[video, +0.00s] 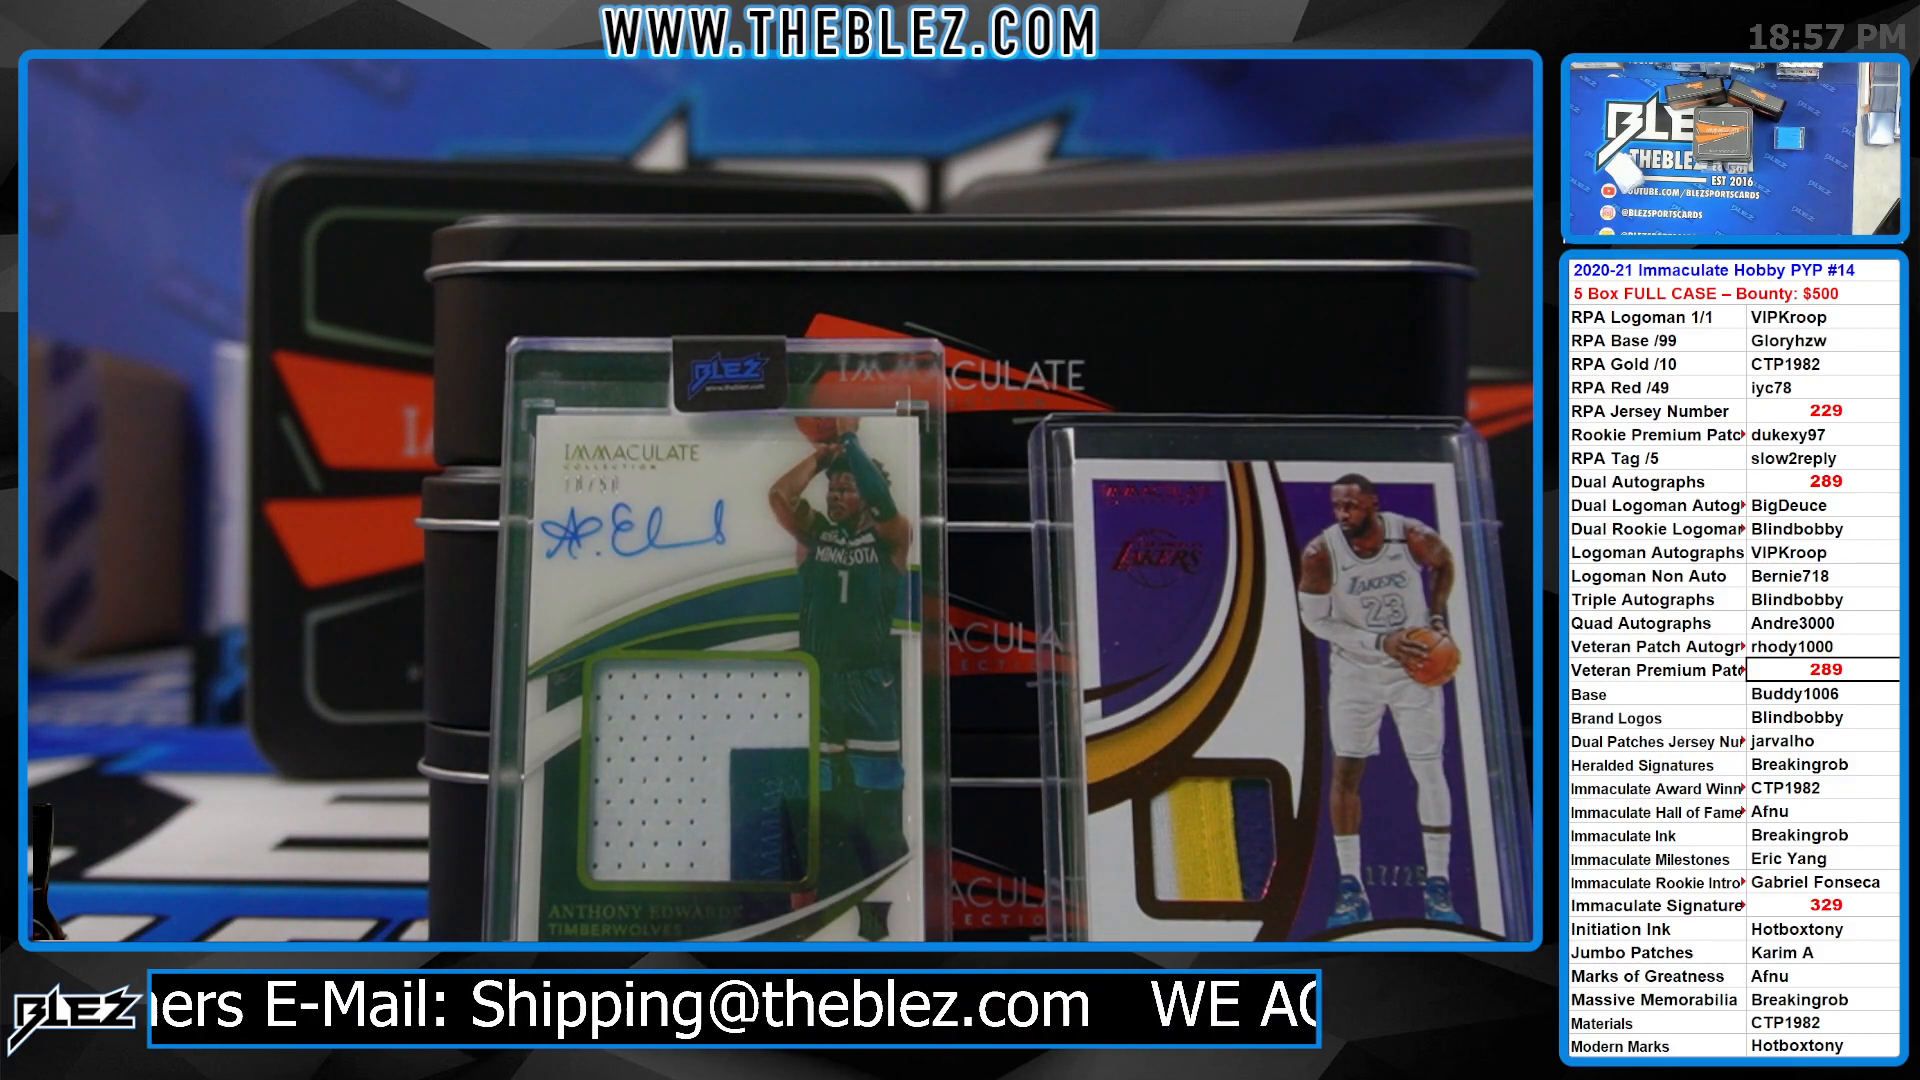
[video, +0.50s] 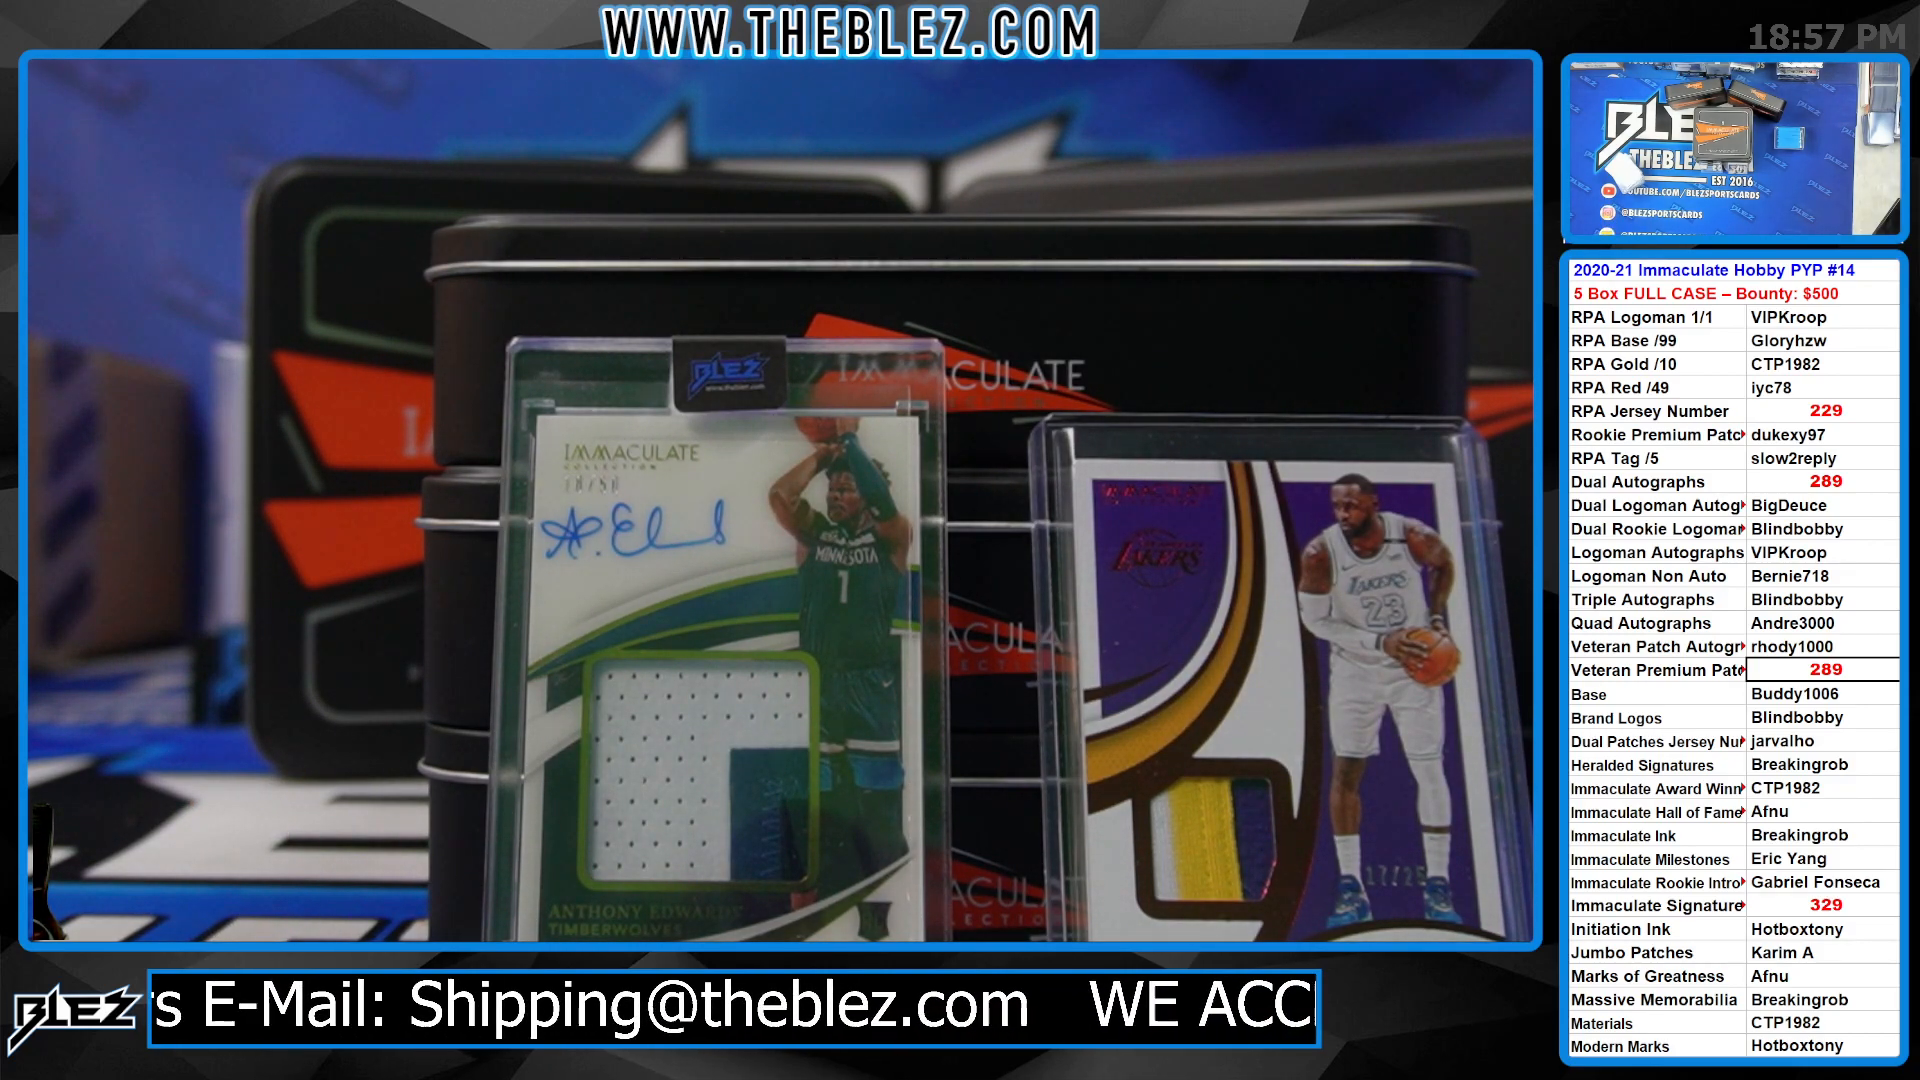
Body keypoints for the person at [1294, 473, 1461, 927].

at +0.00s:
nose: (1343, 514)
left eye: (1351, 505)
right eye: (1337, 506)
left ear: (1373, 505)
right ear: (1332, 509)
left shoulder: (1413, 536)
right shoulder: (1319, 555)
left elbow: (1444, 565)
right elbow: (1315, 621)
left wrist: (1436, 617)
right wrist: (1379, 642)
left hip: (1414, 673)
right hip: (1354, 674)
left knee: (1430, 771)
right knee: (1347, 773)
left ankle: (1438, 885)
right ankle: (1350, 889)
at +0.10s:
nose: (1343, 514)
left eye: (1351, 505)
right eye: (1337, 506)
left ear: (1373, 505)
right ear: (1332, 509)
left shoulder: (1413, 536)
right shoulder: (1319, 555)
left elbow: (1444, 565)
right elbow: (1315, 621)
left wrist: (1436, 618)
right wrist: (1379, 642)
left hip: (1414, 673)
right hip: (1354, 675)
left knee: (1430, 771)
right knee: (1347, 773)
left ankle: (1438, 885)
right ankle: (1350, 888)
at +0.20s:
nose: (1343, 514)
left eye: (1351, 505)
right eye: (1337, 506)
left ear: (1373, 505)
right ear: (1332, 509)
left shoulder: (1413, 536)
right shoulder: (1319, 555)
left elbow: (1444, 565)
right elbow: (1315, 621)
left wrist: (1436, 617)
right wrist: (1379, 642)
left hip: (1414, 673)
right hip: (1354, 674)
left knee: (1430, 771)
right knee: (1347, 773)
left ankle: (1438, 885)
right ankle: (1350, 888)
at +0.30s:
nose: (1343, 514)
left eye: (1351, 505)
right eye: (1337, 506)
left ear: (1373, 505)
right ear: (1332, 509)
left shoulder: (1413, 536)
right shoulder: (1319, 555)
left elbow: (1444, 565)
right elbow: (1315, 621)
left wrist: (1436, 617)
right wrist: (1379, 642)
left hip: (1414, 673)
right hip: (1354, 674)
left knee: (1430, 771)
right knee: (1347, 773)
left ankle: (1438, 885)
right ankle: (1351, 888)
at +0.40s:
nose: (1343, 514)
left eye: (1351, 505)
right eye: (1337, 506)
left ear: (1373, 505)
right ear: (1332, 509)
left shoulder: (1413, 536)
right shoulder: (1319, 554)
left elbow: (1444, 565)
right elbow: (1315, 621)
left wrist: (1436, 617)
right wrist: (1379, 642)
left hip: (1414, 673)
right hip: (1354, 674)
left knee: (1430, 771)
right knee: (1348, 773)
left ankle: (1438, 884)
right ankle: (1350, 888)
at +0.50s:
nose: (1343, 514)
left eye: (1351, 505)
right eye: (1337, 506)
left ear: (1373, 504)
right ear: (1332, 509)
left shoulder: (1413, 536)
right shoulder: (1319, 554)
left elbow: (1444, 565)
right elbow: (1315, 621)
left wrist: (1436, 617)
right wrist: (1379, 642)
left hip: (1414, 673)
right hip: (1354, 674)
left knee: (1430, 771)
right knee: (1348, 773)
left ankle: (1438, 884)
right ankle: (1350, 888)